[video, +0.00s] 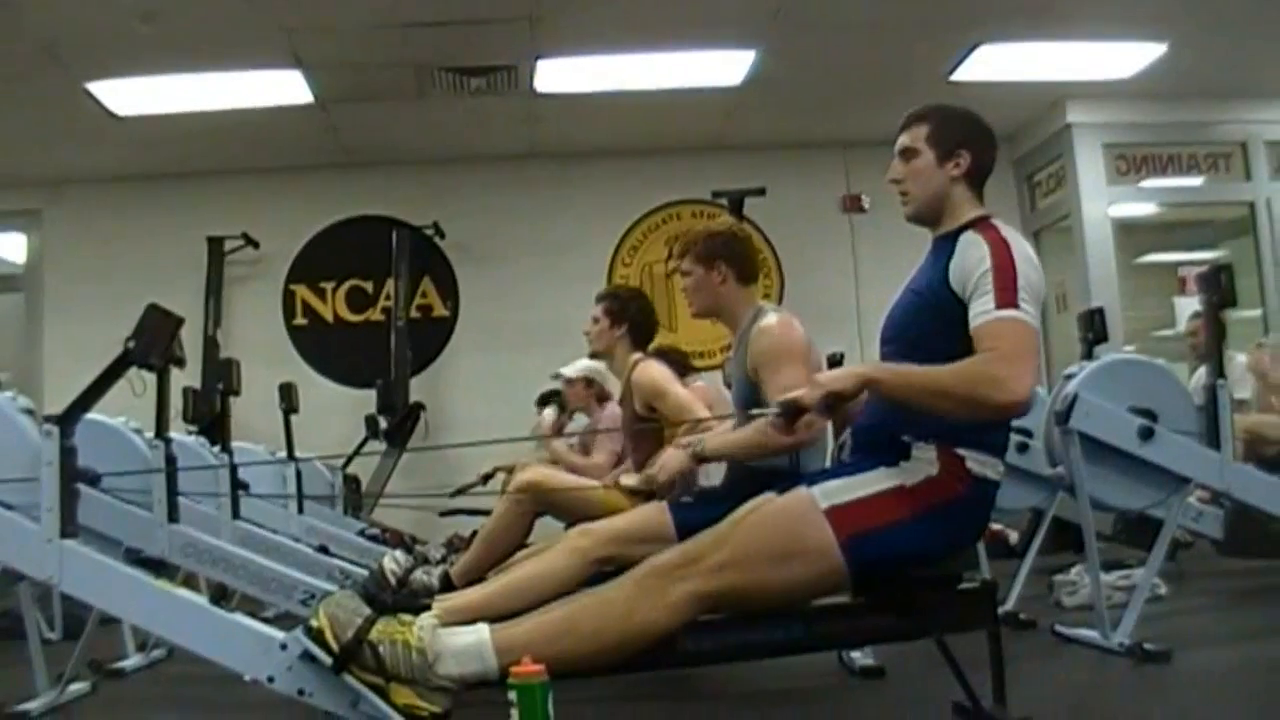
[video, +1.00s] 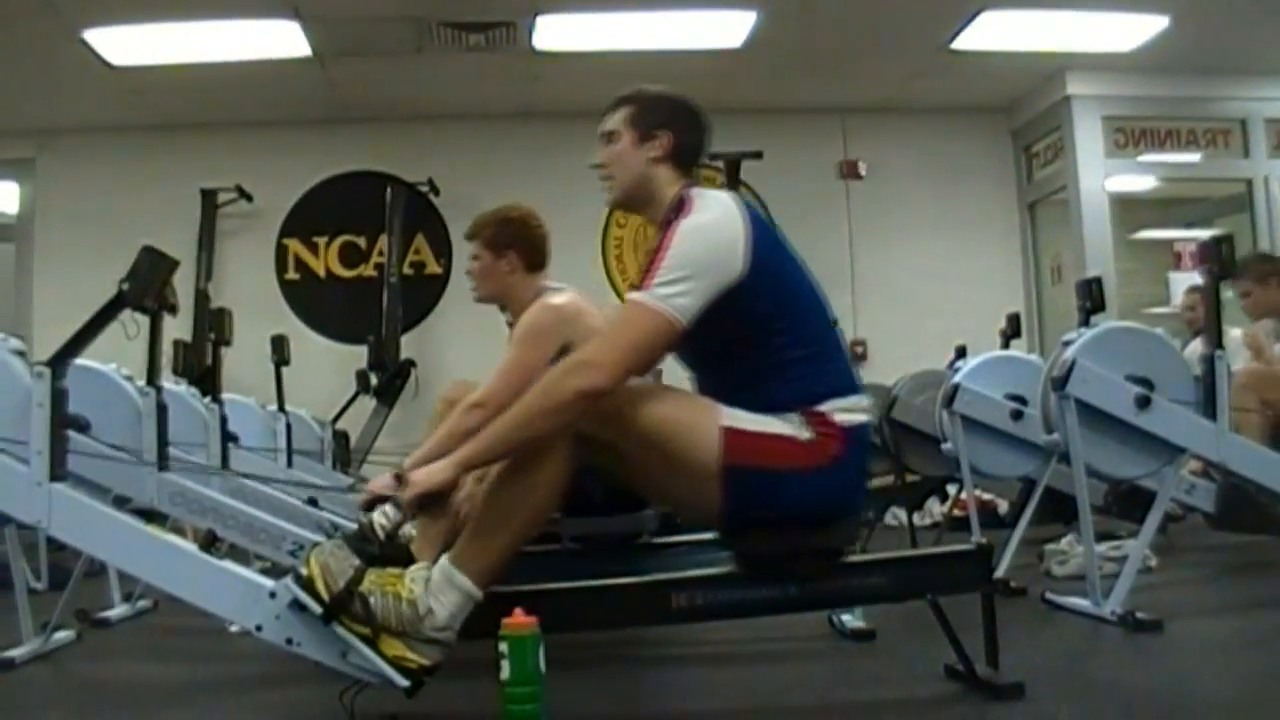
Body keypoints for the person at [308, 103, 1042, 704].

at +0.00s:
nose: (895, 178)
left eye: (908, 160)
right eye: (896, 162)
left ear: (959, 164)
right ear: (942, 168)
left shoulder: (987, 245)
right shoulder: (944, 259)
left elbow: (1011, 381)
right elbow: (908, 400)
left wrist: (869, 376)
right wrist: (829, 417)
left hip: (933, 478)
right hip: (887, 471)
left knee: (696, 573)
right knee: (665, 556)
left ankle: (455, 661)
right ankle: (452, 649)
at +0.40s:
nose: (838, 181)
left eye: (853, 165)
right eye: (839, 168)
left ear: (906, 171)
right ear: (886, 179)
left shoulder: (942, 252)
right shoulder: (898, 270)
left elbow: (1000, 405)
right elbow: (928, 411)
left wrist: (850, 429)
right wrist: (836, 443)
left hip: (936, 491)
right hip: (895, 485)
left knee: (694, 570)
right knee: (678, 563)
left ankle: (460, 664)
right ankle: (453, 659)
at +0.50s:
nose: (803, 186)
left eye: (816, 169)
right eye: (802, 173)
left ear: (869, 173)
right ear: (852, 184)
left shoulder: (911, 254)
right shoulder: (858, 285)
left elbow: (913, 421)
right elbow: (826, 425)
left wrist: (771, 450)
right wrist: (752, 472)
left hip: (914, 493)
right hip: (865, 488)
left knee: (673, 564)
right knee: (657, 554)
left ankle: (432, 664)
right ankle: (423, 653)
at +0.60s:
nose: (771, 177)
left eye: (785, 159)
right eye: (772, 162)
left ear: (837, 165)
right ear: (817, 171)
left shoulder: (882, 243)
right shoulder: (828, 273)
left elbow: (842, 407)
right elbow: (787, 395)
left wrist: (685, 462)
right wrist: (679, 455)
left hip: (912, 481)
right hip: (864, 476)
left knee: (664, 534)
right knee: (647, 523)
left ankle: (434, 650)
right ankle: (428, 643)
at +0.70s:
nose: (729, 162)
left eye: (743, 145)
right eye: (731, 148)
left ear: (796, 152)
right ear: (781, 158)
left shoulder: (843, 226)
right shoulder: (788, 255)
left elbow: (768, 379)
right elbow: (731, 371)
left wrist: (620, 454)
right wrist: (620, 450)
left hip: (897, 467)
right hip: (847, 461)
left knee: (632, 494)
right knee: (623, 492)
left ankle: (436, 631)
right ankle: (433, 624)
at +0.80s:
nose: (684, 149)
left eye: (698, 131)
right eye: (687, 134)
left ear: (750, 140)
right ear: (742, 142)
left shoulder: (799, 212)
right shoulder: (752, 236)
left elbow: (695, 363)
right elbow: (682, 361)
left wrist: (557, 447)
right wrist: (559, 442)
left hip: (877, 447)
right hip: (826, 441)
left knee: (627, 447)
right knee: (609, 450)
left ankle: (438, 608)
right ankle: (433, 604)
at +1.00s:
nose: (596, 158)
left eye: (610, 141)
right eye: (599, 144)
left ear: (660, 147)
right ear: (656, 152)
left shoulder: (713, 221)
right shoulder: (684, 231)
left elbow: (588, 375)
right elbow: (596, 370)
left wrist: (454, 463)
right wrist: (460, 455)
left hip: (812, 451)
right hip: (767, 440)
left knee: (575, 405)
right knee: (556, 405)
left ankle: (438, 608)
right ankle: (431, 592)